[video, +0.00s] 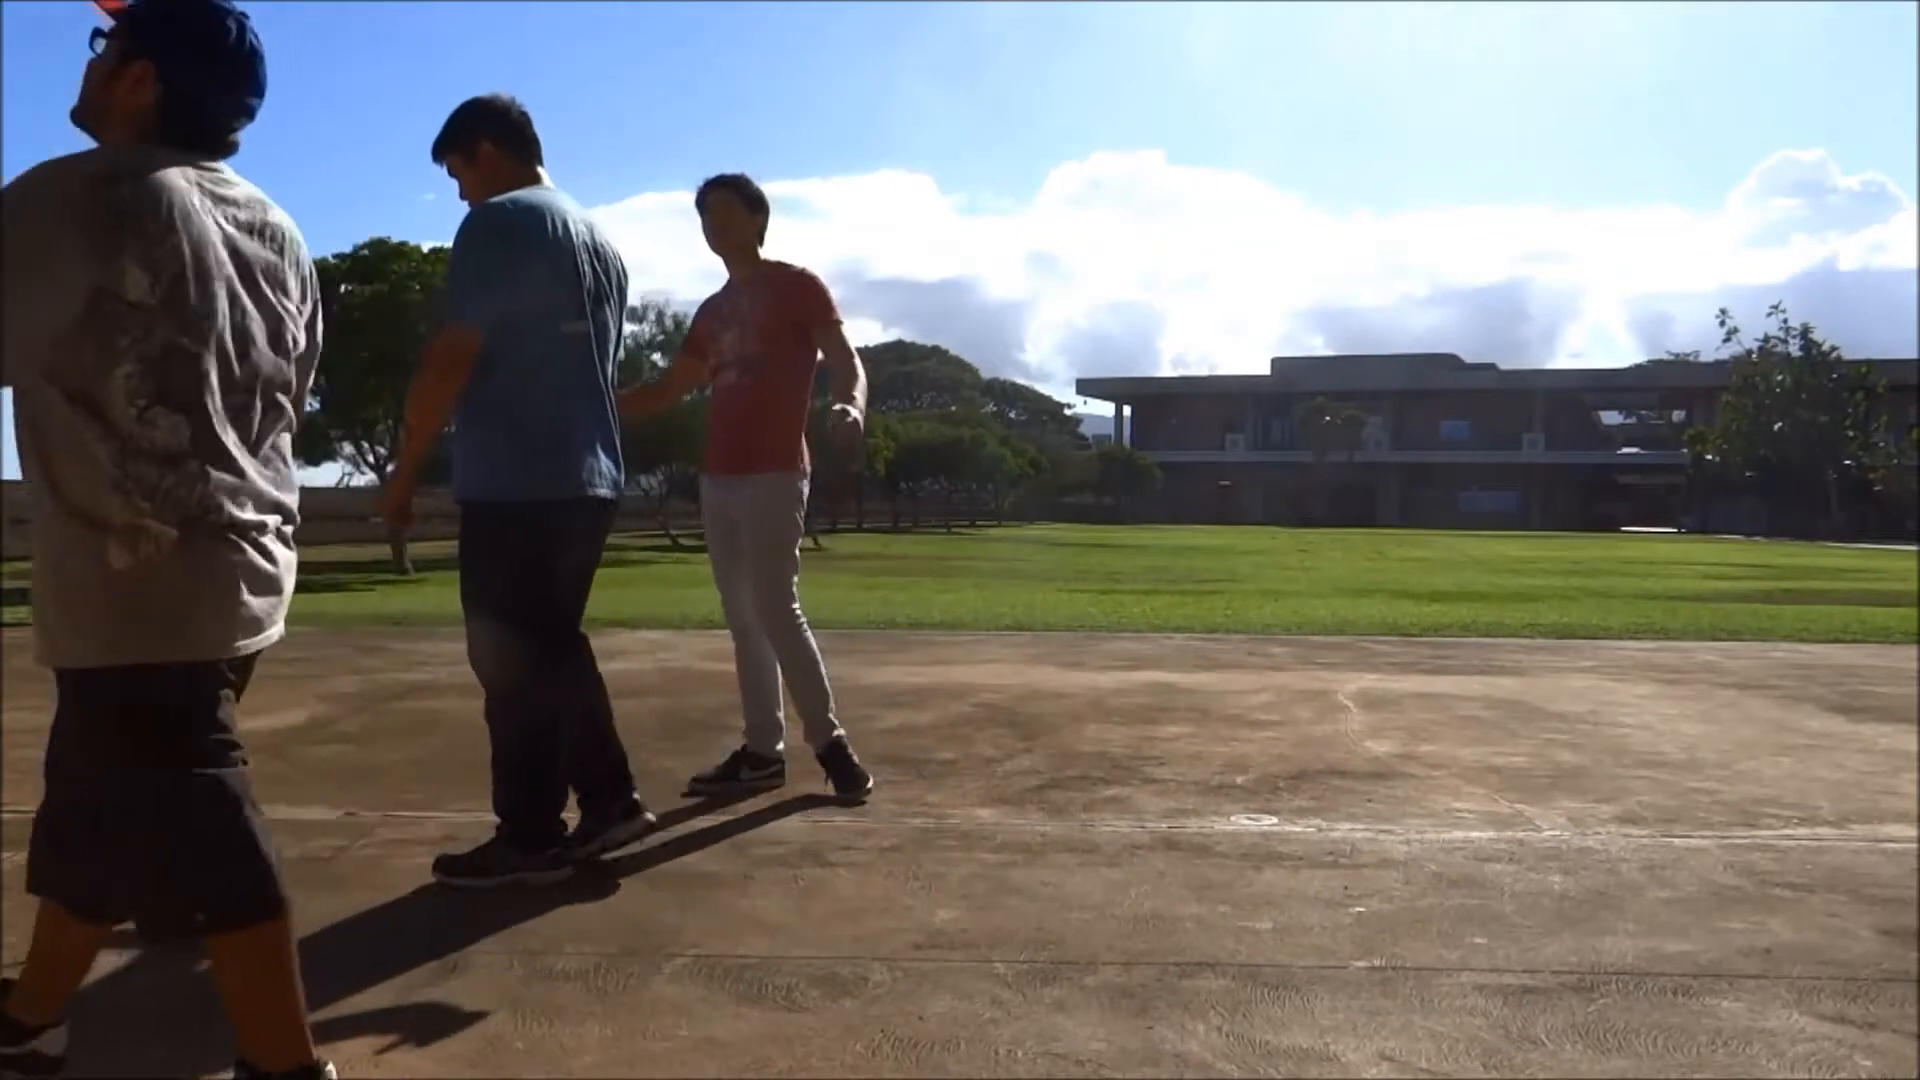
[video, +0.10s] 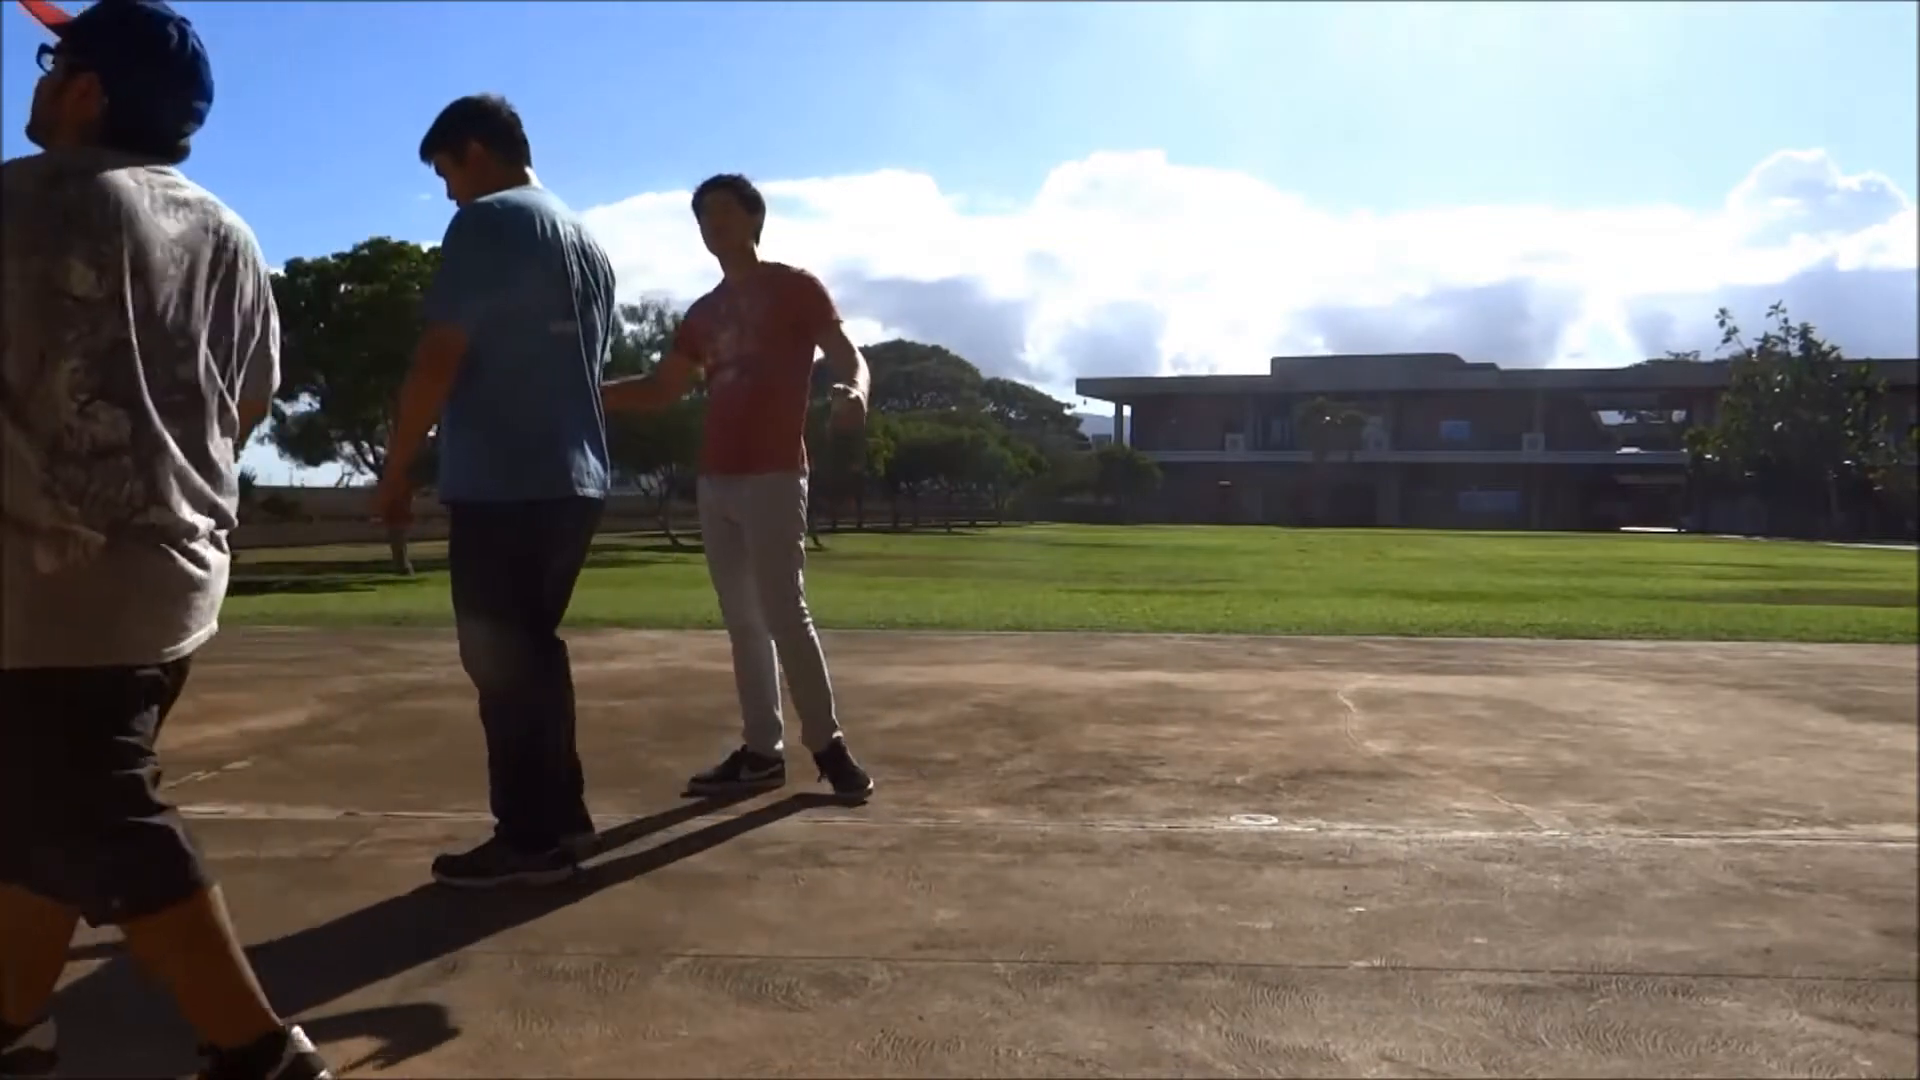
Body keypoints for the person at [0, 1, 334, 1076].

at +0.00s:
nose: (88, 76)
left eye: (104, 56)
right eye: (99, 53)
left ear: (138, 81)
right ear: (214, 101)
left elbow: (6, 339)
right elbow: (286, 400)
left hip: (124, 585)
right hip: (246, 574)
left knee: (205, 820)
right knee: (96, 803)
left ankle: (290, 1064)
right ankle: (29, 1020)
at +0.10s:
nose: (38, 89)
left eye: (53, 70)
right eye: (49, 70)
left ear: (86, 91)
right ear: (175, 115)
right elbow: (246, 398)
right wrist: (149, 476)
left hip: (44, 575)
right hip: (177, 574)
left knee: (103, 814)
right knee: (40, 813)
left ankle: (258, 1049)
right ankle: (13, 1025)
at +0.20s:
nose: (4, 90)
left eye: (13, 70)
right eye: (13, 69)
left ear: (37, 83)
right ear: (128, 103)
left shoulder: (24, 197)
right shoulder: (185, 227)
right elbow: (216, 395)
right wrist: (114, 438)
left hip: (29, 572)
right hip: (140, 571)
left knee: (4, 794)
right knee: (63, 803)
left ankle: (163, 986)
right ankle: (22, 1021)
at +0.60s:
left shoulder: (17, 236)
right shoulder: (16, 234)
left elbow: (60, 372)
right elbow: (63, 372)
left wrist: (10, 457)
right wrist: (11, 452)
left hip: (9, 541)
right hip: (11, 540)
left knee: (8, 775)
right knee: (6, 770)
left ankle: (23, 1022)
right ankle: (21, 1022)